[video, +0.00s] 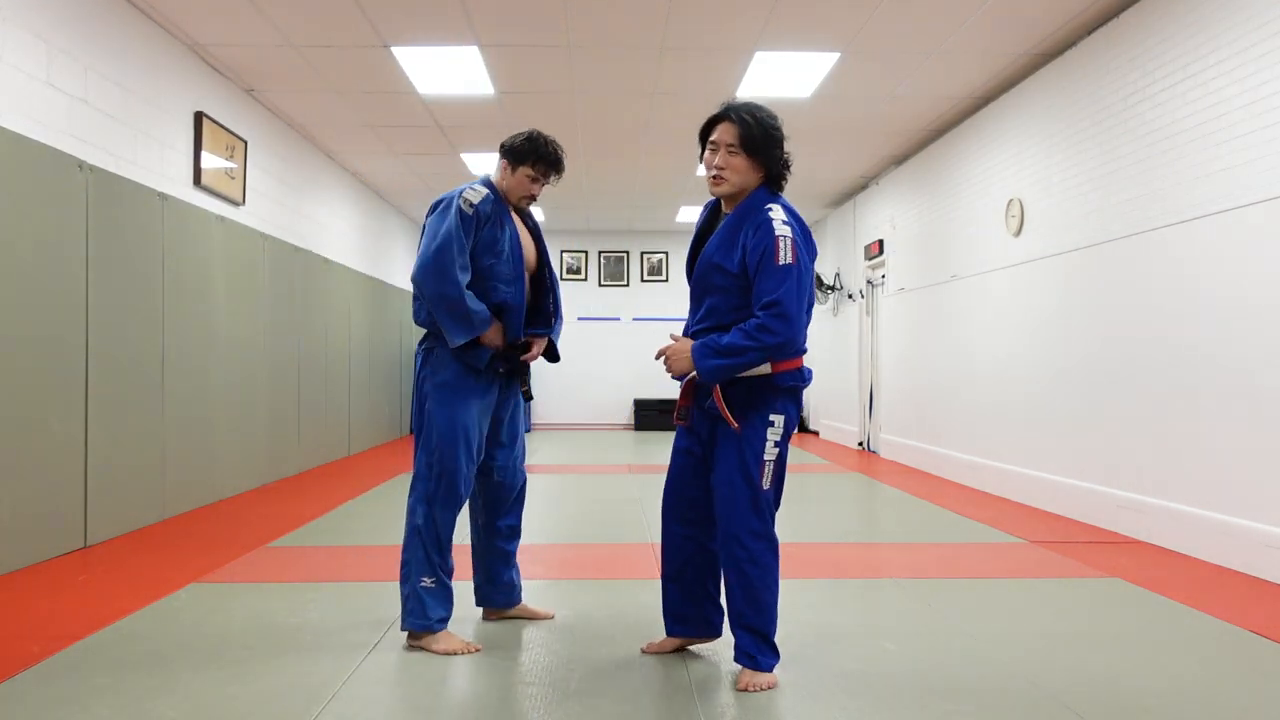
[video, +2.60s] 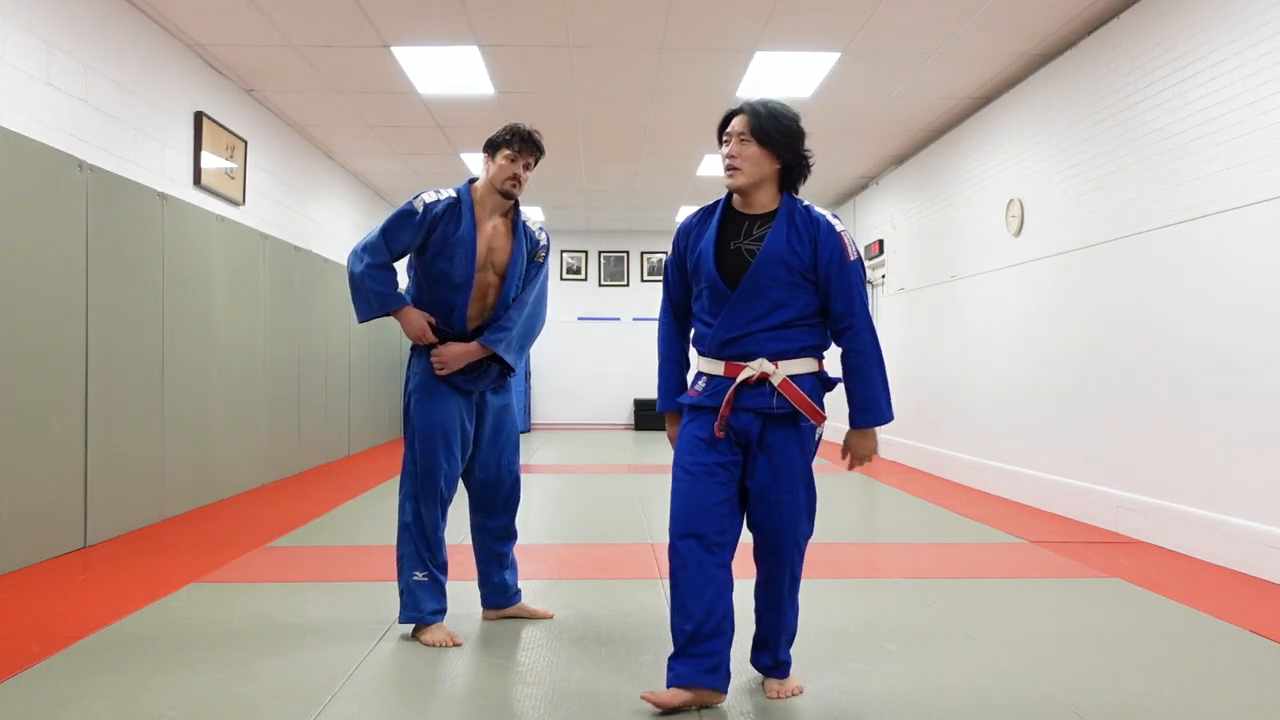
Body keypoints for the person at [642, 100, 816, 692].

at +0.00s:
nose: (714, 159)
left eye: (730, 150)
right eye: (710, 149)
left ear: (763, 161)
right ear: (706, 156)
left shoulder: (777, 224)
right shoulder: (722, 221)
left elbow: (782, 326)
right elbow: (722, 308)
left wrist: (699, 354)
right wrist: (689, 346)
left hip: (760, 394)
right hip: (709, 389)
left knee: (745, 523)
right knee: (686, 509)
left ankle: (758, 657)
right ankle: (693, 624)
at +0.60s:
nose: (743, 150)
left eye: (758, 141)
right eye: (734, 139)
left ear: (784, 157)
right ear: (720, 153)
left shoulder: (806, 223)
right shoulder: (701, 227)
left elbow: (851, 303)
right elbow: (680, 319)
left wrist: (782, 303)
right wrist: (666, 395)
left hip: (779, 394)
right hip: (708, 390)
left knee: (766, 538)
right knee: (679, 529)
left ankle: (760, 660)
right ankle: (661, 663)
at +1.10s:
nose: (717, 142)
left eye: (730, 131)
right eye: (704, 133)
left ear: (753, 146)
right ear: (687, 149)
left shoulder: (783, 213)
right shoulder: (662, 228)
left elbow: (856, 269)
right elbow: (635, 323)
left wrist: (802, 197)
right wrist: (626, 409)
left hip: (769, 401)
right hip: (689, 402)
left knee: (768, 547)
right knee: (690, 552)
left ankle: (762, 656)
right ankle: (691, 697)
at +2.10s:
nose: (671, 120)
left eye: (683, 107)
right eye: (655, 111)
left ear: (707, 121)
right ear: (637, 131)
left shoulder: (750, 187)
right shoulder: (620, 218)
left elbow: (813, 255)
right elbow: (601, 319)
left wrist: (777, 242)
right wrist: (598, 415)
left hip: (750, 390)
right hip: (664, 396)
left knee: (770, 541)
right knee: (669, 563)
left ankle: (787, 645)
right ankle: (679, 709)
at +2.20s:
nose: (690, 122)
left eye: (702, 112)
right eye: (676, 114)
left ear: (726, 129)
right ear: (656, 135)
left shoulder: (762, 196)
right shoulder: (635, 223)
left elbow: (802, 252)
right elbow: (615, 322)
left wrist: (807, 324)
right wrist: (611, 413)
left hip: (757, 390)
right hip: (671, 399)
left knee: (774, 542)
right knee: (672, 562)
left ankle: (788, 652)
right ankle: (679, 709)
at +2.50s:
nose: (720, 151)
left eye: (736, 142)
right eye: (715, 143)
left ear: (771, 156)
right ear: (709, 157)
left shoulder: (811, 234)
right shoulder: (686, 234)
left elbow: (842, 332)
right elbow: (665, 327)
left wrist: (842, 424)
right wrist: (662, 411)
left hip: (787, 409)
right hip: (705, 408)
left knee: (781, 549)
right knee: (700, 547)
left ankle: (774, 662)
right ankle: (694, 688)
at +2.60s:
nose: (729, 150)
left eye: (745, 140)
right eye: (727, 140)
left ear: (781, 154)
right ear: (723, 153)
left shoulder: (818, 231)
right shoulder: (695, 231)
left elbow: (855, 327)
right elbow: (674, 319)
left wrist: (864, 419)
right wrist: (671, 402)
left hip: (787, 406)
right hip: (709, 402)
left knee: (781, 541)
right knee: (695, 535)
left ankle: (775, 661)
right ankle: (698, 674)